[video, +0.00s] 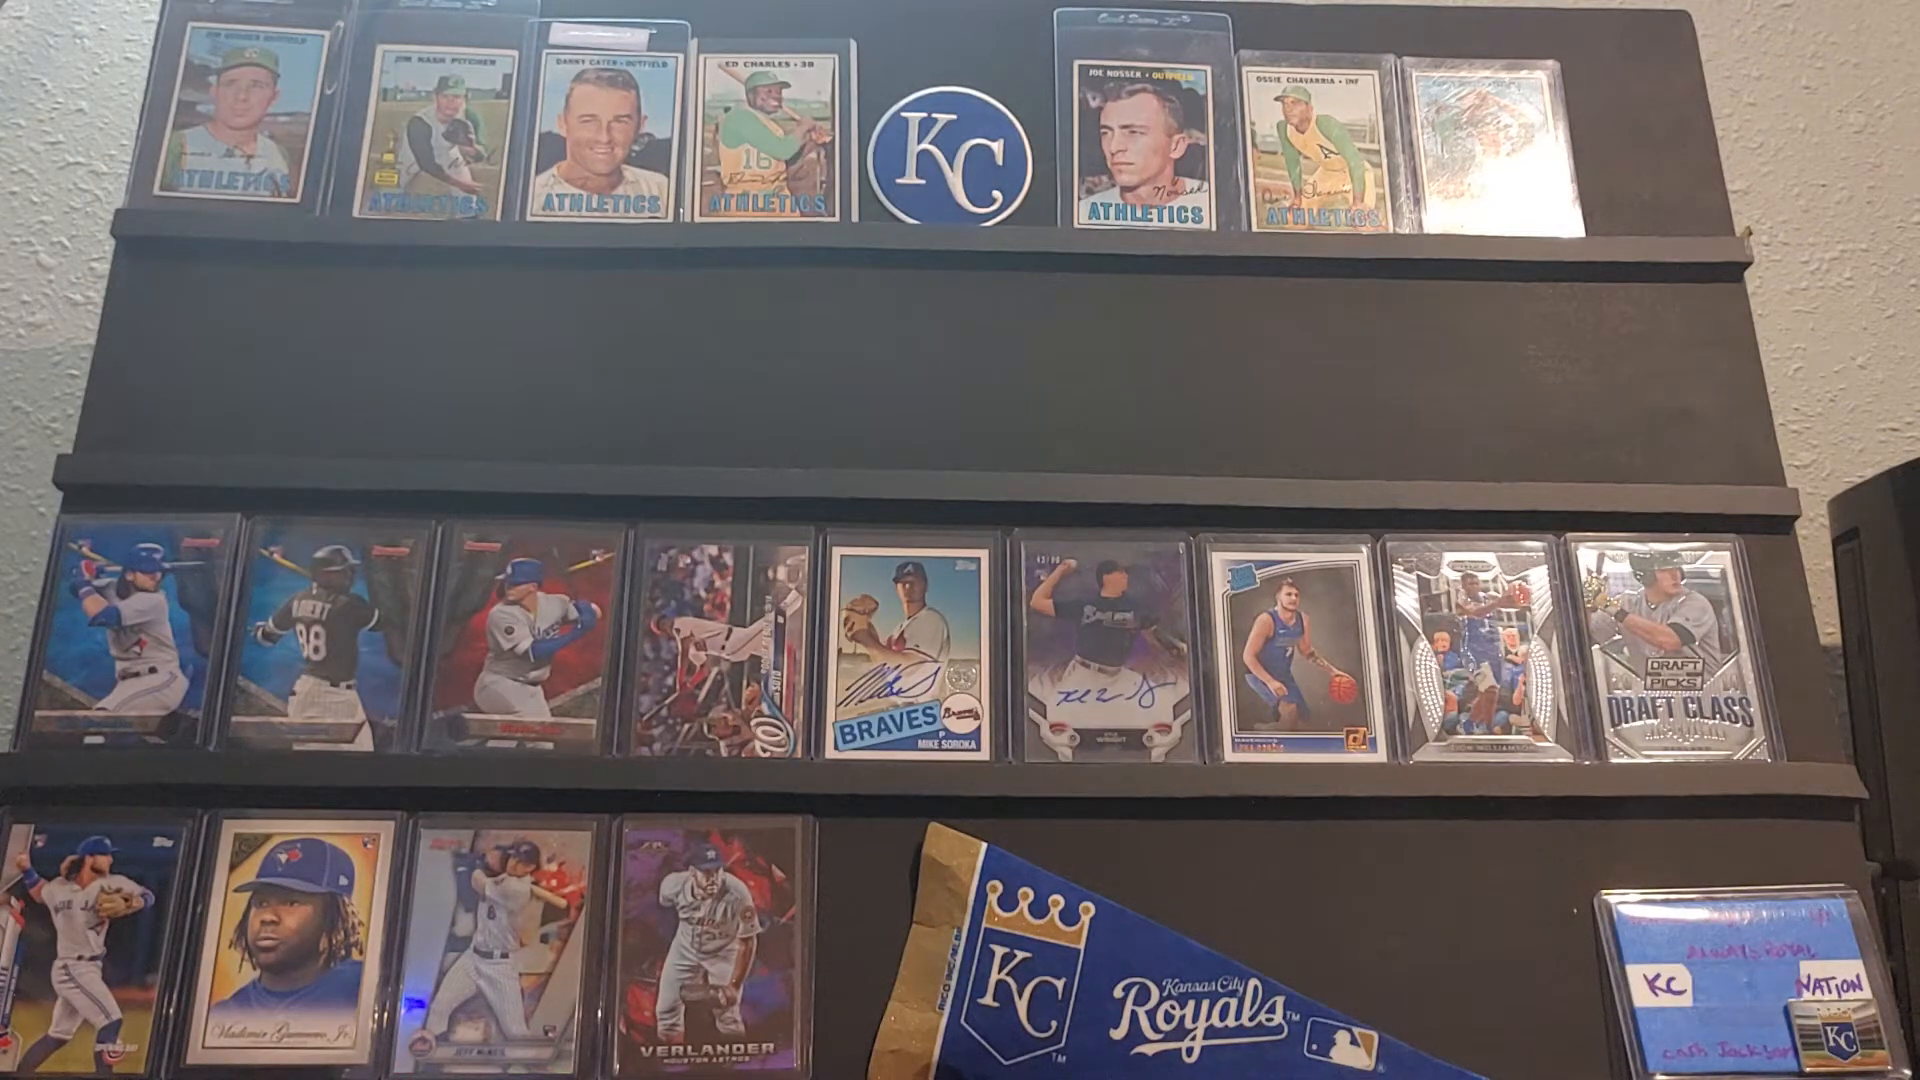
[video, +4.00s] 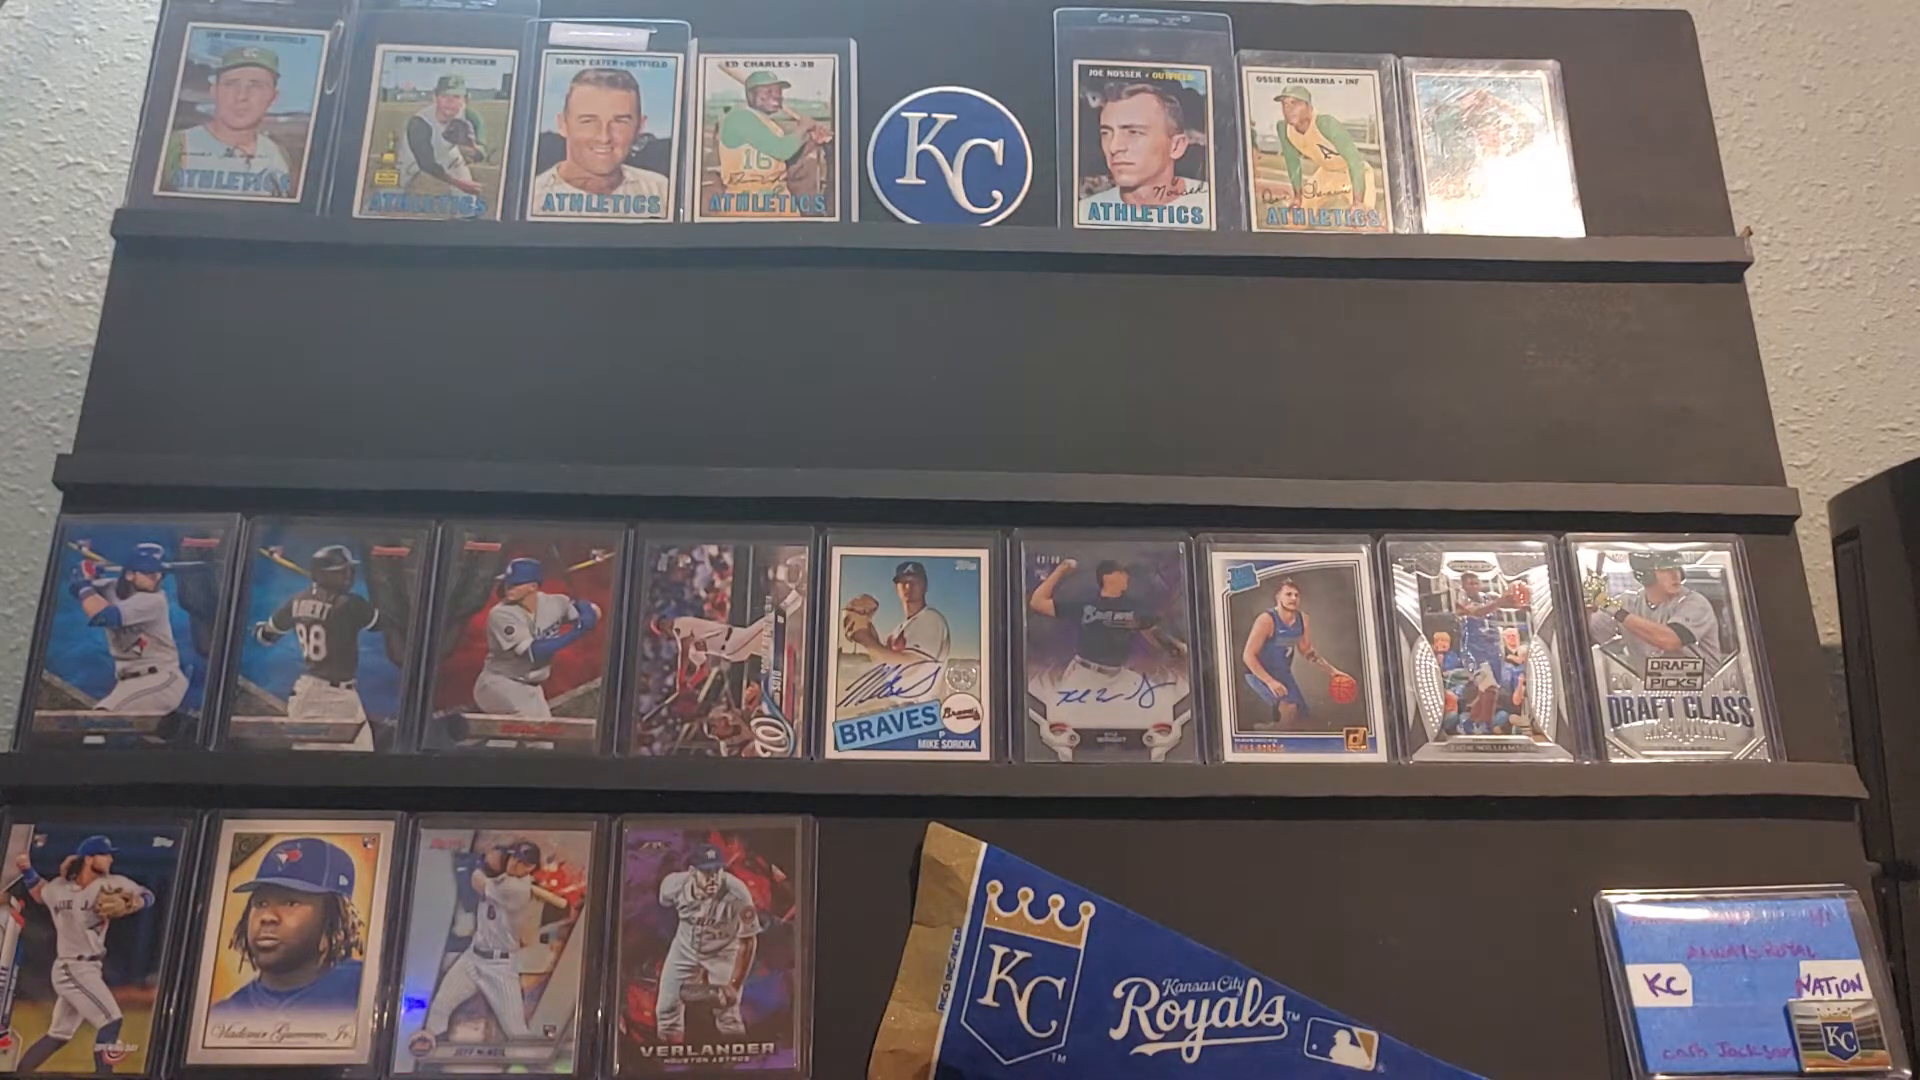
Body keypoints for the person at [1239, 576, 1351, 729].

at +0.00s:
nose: (1293, 599)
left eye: (1296, 595)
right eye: (1288, 595)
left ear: (1299, 598)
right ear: (1278, 598)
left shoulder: (1302, 619)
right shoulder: (1265, 620)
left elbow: (1307, 651)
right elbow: (1248, 656)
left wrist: (1333, 671)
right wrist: (1270, 682)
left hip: (1283, 673)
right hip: (1260, 673)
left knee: (1302, 716)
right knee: (1289, 707)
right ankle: (1284, 750)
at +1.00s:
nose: (1293, 599)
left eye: (1296, 595)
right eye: (1288, 595)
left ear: (1299, 598)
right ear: (1278, 598)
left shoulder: (1302, 619)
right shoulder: (1266, 620)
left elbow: (1307, 650)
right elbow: (1248, 656)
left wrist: (1333, 671)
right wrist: (1270, 681)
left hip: (1283, 672)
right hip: (1260, 672)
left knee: (1301, 713)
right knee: (1289, 706)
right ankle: (1283, 749)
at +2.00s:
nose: (1294, 599)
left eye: (1296, 595)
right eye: (1288, 595)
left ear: (1299, 598)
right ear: (1278, 598)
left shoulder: (1302, 619)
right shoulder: (1266, 620)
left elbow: (1307, 650)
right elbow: (1248, 656)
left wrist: (1333, 671)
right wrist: (1270, 681)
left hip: (1283, 673)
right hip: (1260, 673)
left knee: (1302, 713)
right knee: (1289, 707)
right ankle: (1281, 750)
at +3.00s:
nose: (1293, 599)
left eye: (1296, 595)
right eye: (1288, 594)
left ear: (1300, 598)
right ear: (1278, 598)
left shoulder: (1302, 619)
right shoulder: (1266, 620)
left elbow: (1307, 650)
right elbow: (1248, 656)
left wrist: (1333, 671)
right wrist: (1270, 681)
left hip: (1283, 673)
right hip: (1260, 672)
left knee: (1300, 713)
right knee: (1288, 705)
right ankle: (1285, 747)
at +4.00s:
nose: (1293, 599)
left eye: (1296, 595)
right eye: (1288, 594)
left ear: (1300, 598)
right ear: (1278, 598)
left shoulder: (1302, 619)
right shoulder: (1266, 620)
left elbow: (1307, 651)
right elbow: (1248, 656)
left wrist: (1332, 671)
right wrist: (1270, 681)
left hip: (1283, 672)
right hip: (1260, 672)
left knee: (1301, 713)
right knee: (1289, 706)